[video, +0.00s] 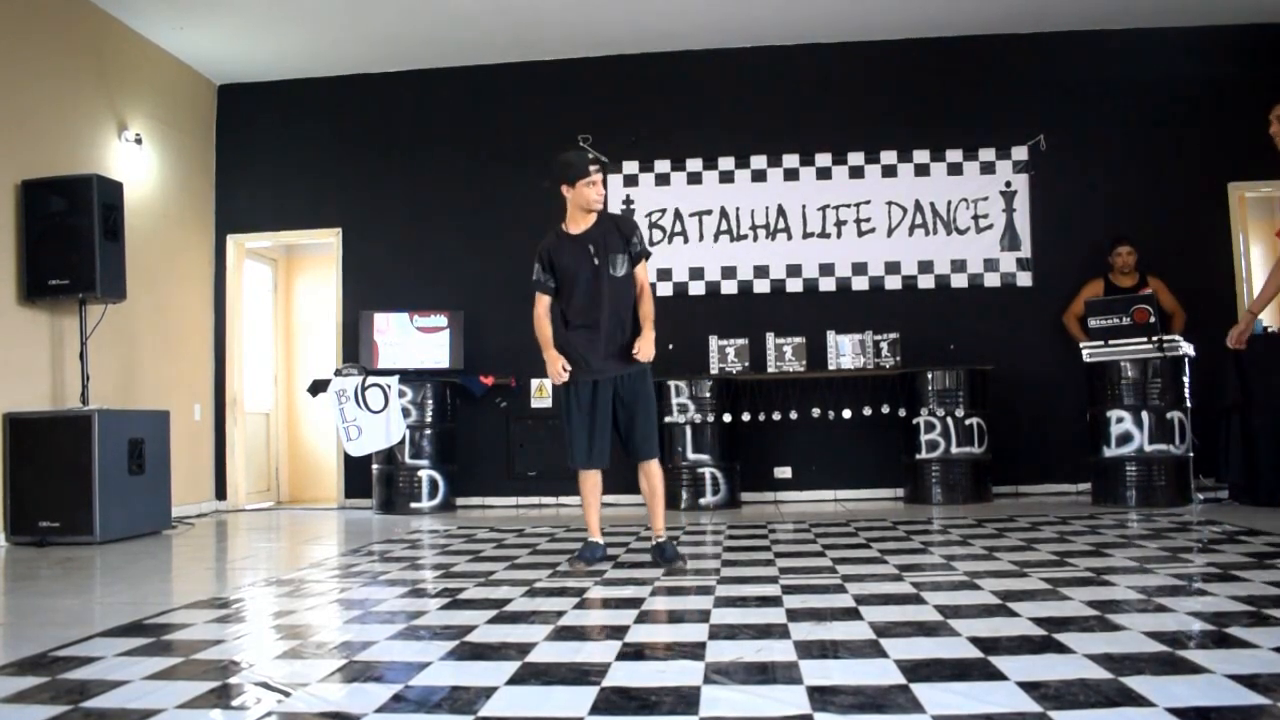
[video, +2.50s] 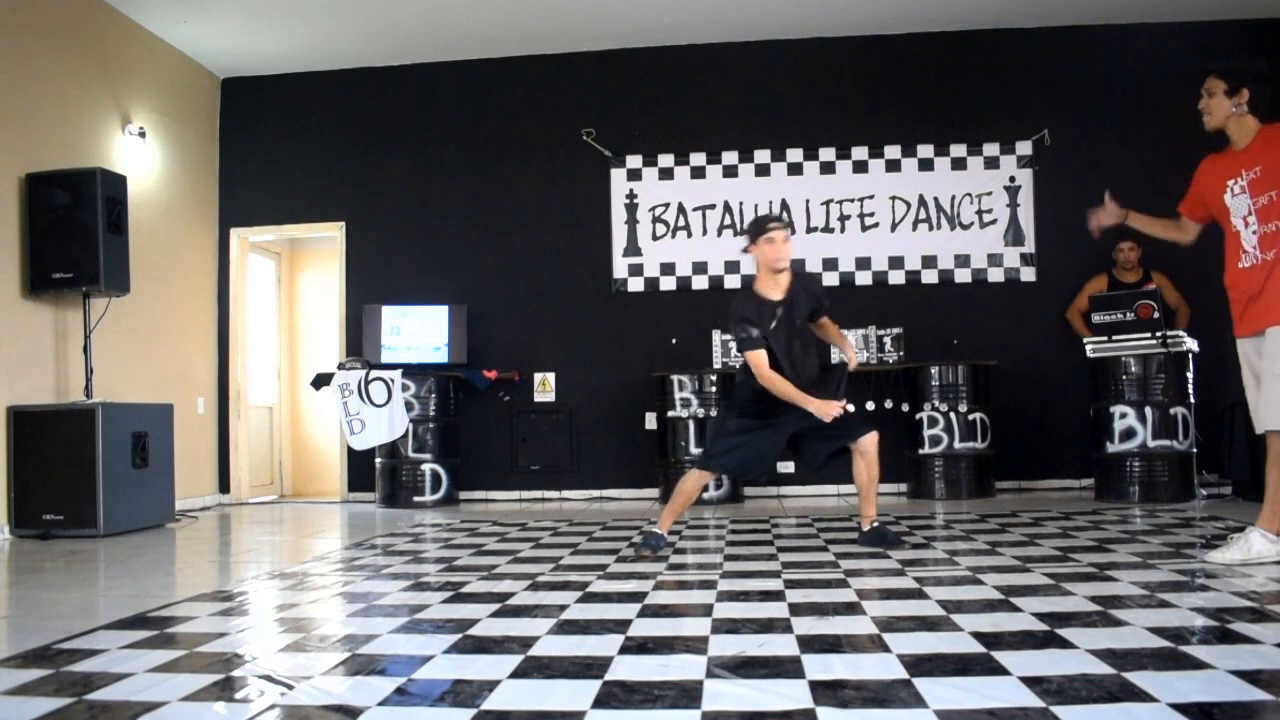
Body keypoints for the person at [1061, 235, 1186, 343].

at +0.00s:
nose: (1124, 260)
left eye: (1129, 254)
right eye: (1118, 255)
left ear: (1135, 257)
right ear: (1110, 260)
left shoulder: (1151, 284)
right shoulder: (1097, 287)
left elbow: (1177, 314)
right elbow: (1068, 317)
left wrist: (1170, 342)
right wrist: (1087, 344)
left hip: (1149, 358)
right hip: (1112, 360)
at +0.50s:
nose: (1123, 260)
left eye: (1128, 254)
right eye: (1117, 255)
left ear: (1137, 257)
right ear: (1111, 259)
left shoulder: (1154, 283)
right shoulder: (1099, 286)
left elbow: (1180, 313)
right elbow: (1070, 316)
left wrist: (1173, 341)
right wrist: (1089, 344)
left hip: (1151, 360)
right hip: (1113, 361)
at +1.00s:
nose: (1124, 257)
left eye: (1129, 251)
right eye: (1119, 252)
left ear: (1139, 253)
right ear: (1113, 256)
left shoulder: (1156, 280)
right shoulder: (1100, 283)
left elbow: (1181, 310)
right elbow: (1072, 314)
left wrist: (1175, 338)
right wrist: (1091, 342)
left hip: (1154, 356)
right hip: (1115, 357)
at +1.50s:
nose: (1124, 256)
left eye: (1129, 250)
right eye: (1119, 251)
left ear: (1139, 253)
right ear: (1113, 255)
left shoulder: (1156, 280)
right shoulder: (1100, 283)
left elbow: (1182, 309)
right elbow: (1072, 313)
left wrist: (1176, 337)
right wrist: (1090, 341)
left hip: (1154, 355)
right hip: (1115, 356)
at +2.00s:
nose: (1124, 256)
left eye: (1130, 251)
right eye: (1119, 252)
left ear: (1139, 253)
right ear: (1113, 256)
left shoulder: (1155, 280)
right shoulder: (1100, 283)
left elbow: (1181, 309)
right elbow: (1072, 313)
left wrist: (1174, 338)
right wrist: (1090, 341)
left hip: (1154, 355)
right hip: (1115, 357)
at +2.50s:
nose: (1126, 255)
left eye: (1131, 250)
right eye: (1120, 251)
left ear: (1139, 252)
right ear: (1114, 255)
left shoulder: (1155, 279)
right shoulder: (1100, 283)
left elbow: (1181, 308)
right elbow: (1072, 313)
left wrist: (1175, 338)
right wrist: (1092, 342)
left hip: (1154, 356)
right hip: (1116, 356)